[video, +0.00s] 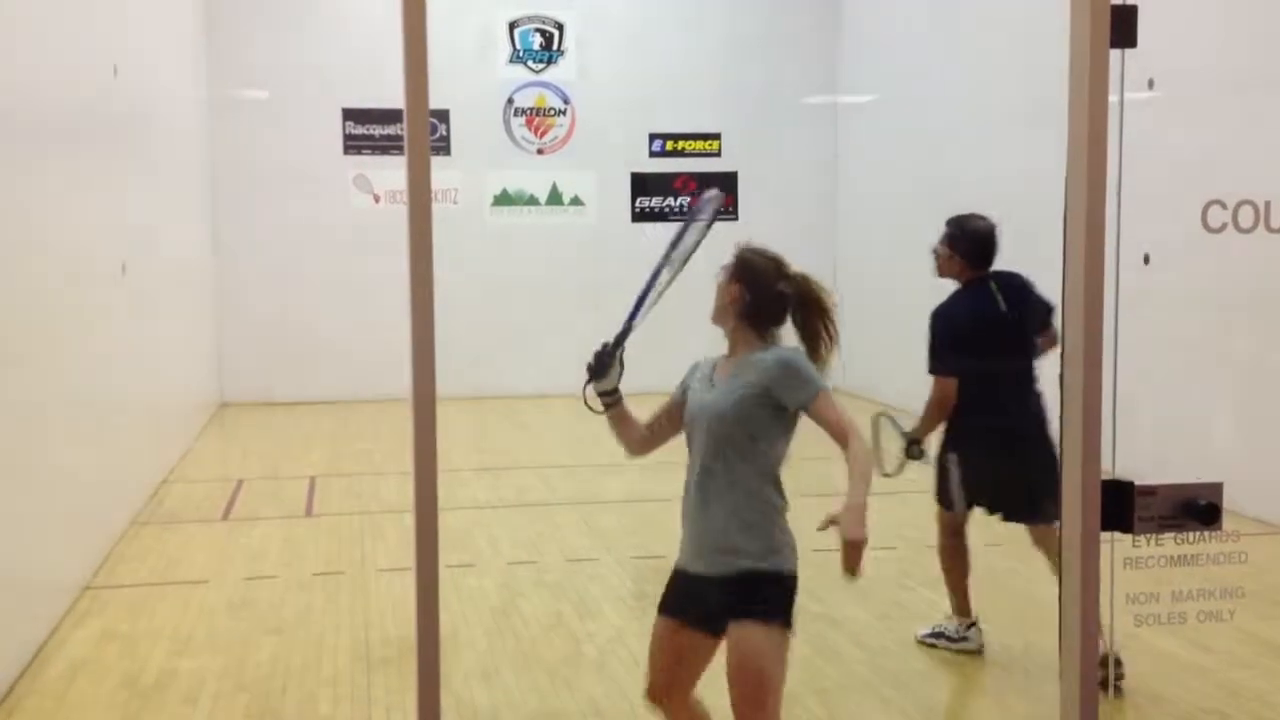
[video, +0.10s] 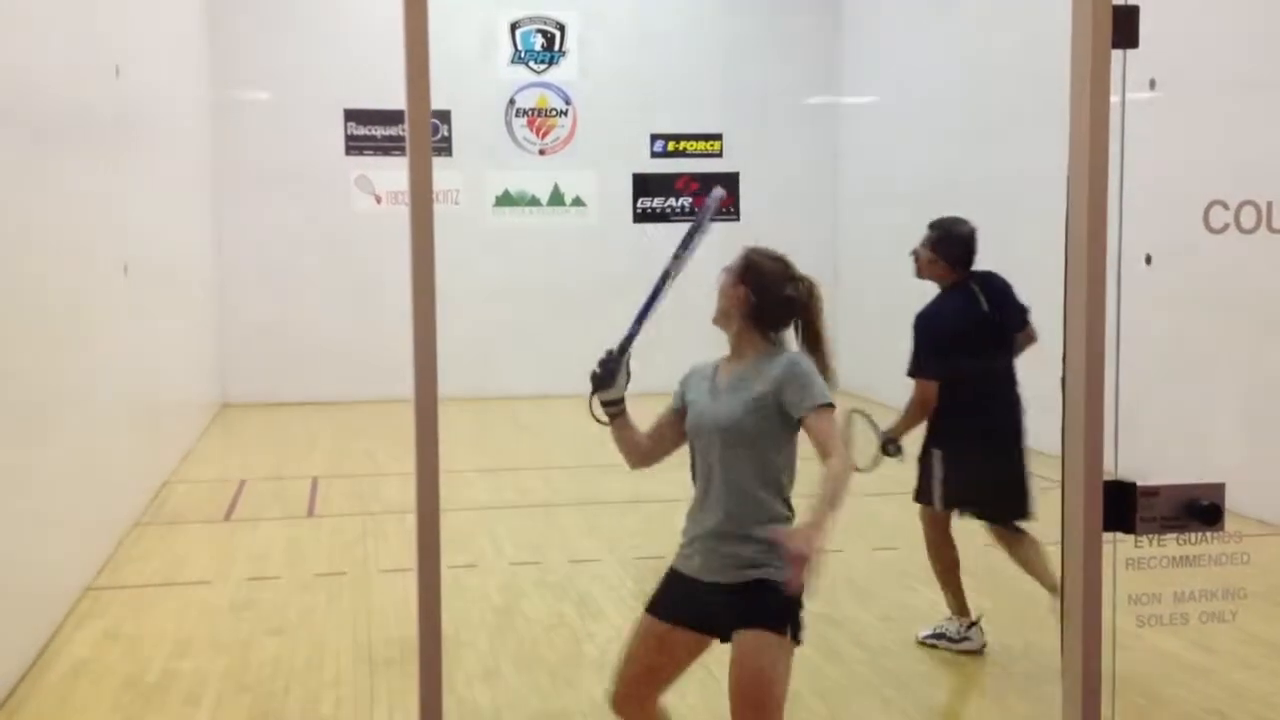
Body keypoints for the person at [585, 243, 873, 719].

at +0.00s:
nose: (716, 288)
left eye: (722, 280)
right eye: (722, 280)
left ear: (737, 295)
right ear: (743, 300)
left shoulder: (782, 367)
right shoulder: (701, 373)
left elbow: (854, 440)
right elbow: (638, 442)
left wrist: (855, 510)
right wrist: (609, 391)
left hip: (759, 568)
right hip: (697, 565)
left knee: (755, 712)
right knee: (666, 692)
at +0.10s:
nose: (719, 285)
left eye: (727, 278)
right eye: (724, 276)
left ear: (741, 297)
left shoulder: (790, 371)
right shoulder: (699, 380)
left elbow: (839, 458)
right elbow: (639, 453)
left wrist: (812, 528)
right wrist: (614, 403)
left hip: (765, 572)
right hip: (696, 568)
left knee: (755, 715)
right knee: (631, 699)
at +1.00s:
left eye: (601, 324)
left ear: (603, 332)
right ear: (662, 322)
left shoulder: (581, 402)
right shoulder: (708, 384)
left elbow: (540, 513)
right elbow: (787, 459)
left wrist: (517, 578)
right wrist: (852, 503)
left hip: (613, 613)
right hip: (690, 607)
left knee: (589, 711)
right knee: (613, 691)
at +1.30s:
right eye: (716, 285)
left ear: (655, 290)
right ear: (715, 293)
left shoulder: (617, 365)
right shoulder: (734, 366)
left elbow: (594, 471)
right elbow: (761, 475)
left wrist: (610, 547)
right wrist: (803, 549)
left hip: (646, 554)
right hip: (725, 550)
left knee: (637, 703)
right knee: (711, 692)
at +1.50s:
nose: (724, 296)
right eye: (733, 287)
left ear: (682, 290)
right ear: (734, 291)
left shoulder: (650, 353)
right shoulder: (757, 363)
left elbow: (623, 425)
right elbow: (786, 453)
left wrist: (592, 491)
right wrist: (801, 522)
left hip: (664, 526)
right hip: (734, 528)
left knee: (678, 627)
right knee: (718, 670)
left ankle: (668, 713)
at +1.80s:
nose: (762, 260)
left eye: (760, 252)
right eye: (758, 253)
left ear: (710, 258)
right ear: (745, 260)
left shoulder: (680, 319)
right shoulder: (771, 323)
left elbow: (640, 387)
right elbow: (790, 403)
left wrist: (629, 432)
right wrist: (803, 468)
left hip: (697, 472)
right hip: (760, 472)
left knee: (704, 598)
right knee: (752, 580)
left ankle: (710, 712)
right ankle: (752, 686)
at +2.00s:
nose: (787, 260)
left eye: (785, 253)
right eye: (783, 254)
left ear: (741, 263)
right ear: (768, 261)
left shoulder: (705, 317)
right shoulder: (793, 323)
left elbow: (674, 385)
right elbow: (805, 403)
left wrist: (661, 439)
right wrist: (812, 458)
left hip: (711, 459)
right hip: (769, 462)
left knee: (706, 561)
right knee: (756, 558)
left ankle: (685, 628)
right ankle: (737, 655)